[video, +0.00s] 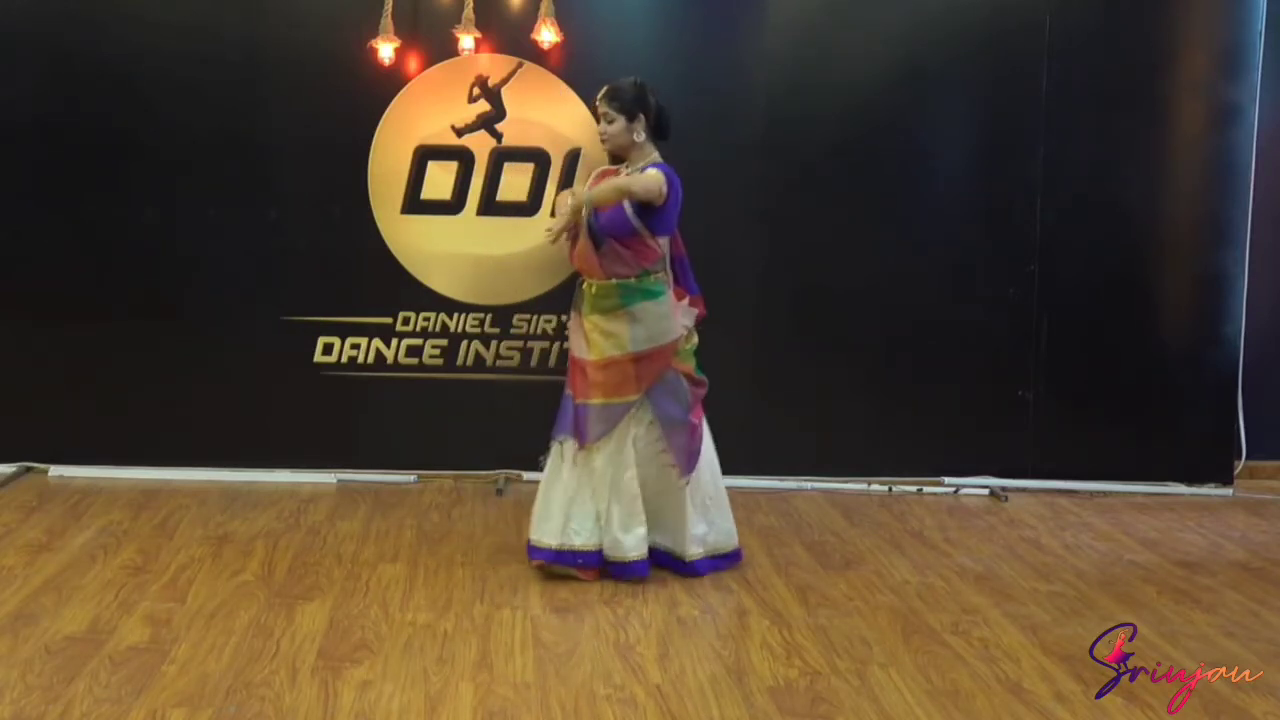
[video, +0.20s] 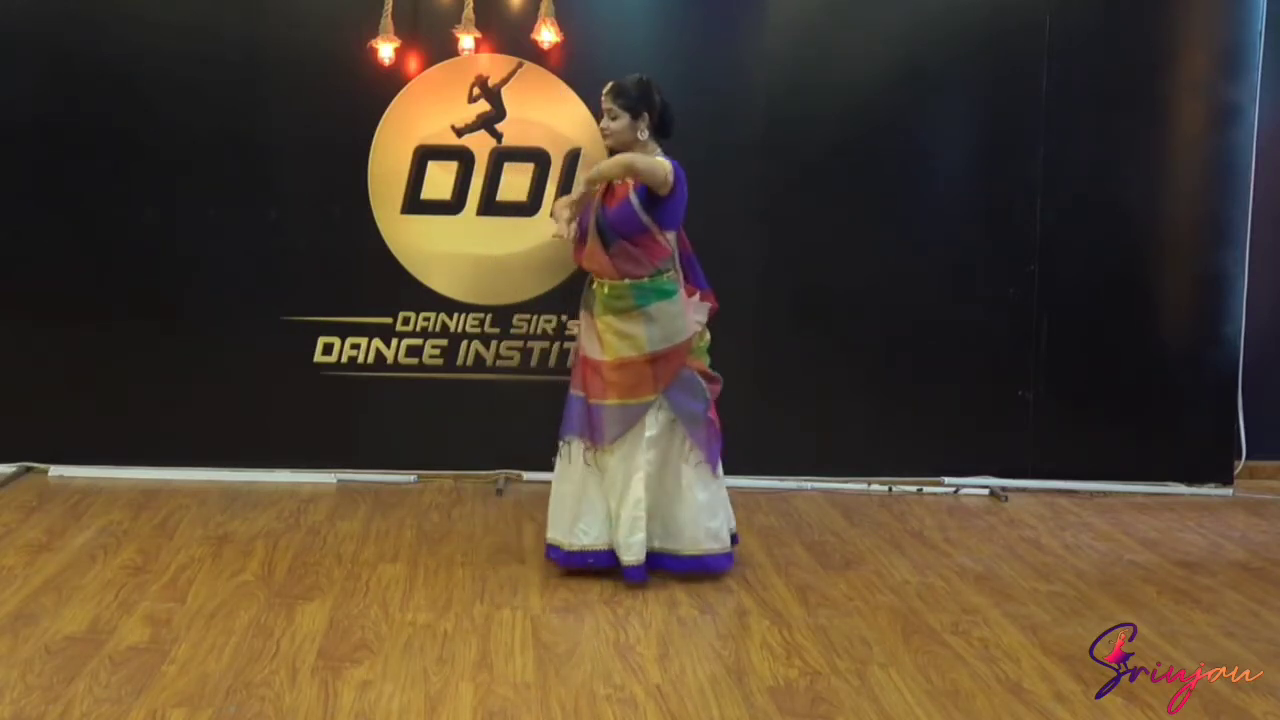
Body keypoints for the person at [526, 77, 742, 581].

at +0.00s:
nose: (601, 130)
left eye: (609, 121)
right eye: (599, 121)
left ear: (640, 122)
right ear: (606, 125)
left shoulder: (660, 176)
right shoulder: (605, 175)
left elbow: (630, 187)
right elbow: (582, 205)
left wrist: (580, 201)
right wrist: (572, 218)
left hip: (647, 318)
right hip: (598, 320)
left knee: (661, 429)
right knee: (596, 431)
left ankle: (681, 538)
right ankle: (596, 539)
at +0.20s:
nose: (603, 126)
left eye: (613, 117)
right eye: (601, 117)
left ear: (643, 120)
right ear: (604, 121)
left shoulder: (668, 174)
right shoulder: (604, 176)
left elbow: (644, 167)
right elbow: (589, 228)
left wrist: (601, 171)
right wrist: (570, 215)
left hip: (658, 319)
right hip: (605, 320)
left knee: (655, 431)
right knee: (603, 432)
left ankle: (649, 542)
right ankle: (603, 538)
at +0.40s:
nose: (602, 126)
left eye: (612, 118)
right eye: (600, 117)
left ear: (643, 123)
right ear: (602, 124)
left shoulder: (666, 174)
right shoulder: (591, 181)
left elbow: (665, 151)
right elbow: (538, 221)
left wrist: (613, 174)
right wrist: (555, 226)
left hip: (650, 324)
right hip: (595, 326)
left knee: (651, 432)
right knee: (598, 433)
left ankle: (655, 541)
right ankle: (601, 538)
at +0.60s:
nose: (604, 135)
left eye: (616, 128)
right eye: (599, 126)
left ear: (638, 138)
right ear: (590, 133)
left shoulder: (660, 196)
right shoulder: (571, 198)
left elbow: (711, 155)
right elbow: (510, 235)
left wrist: (644, 180)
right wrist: (557, 235)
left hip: (635, 339)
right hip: (578, 337)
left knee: (617, 443)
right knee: (581, 443)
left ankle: (602, 557)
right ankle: (581, 548)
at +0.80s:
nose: (606, 145)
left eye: (616, 137)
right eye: (597, 136)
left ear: (631, 146)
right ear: (582, 143)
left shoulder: (654, 200)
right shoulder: (564, 206)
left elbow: (728, 176)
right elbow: (510, 243)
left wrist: (673, 197)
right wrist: (576, 241)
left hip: (633, 341)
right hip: (573, 339)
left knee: (617, 450)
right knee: (576, 449)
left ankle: (598, 564)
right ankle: (570, 565)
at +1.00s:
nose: (607, 146)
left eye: (615, 138)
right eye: (596, 137)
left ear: (624, 145)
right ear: (576, 142)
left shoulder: (638, 201)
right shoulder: (563, 201)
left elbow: (714, 204)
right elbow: (528, 236)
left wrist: (680, 211)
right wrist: (601, 235)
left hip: (629, 339)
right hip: (571, 338)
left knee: (627, 445)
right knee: (575, 447)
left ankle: (618, 561)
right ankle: (569, 566)